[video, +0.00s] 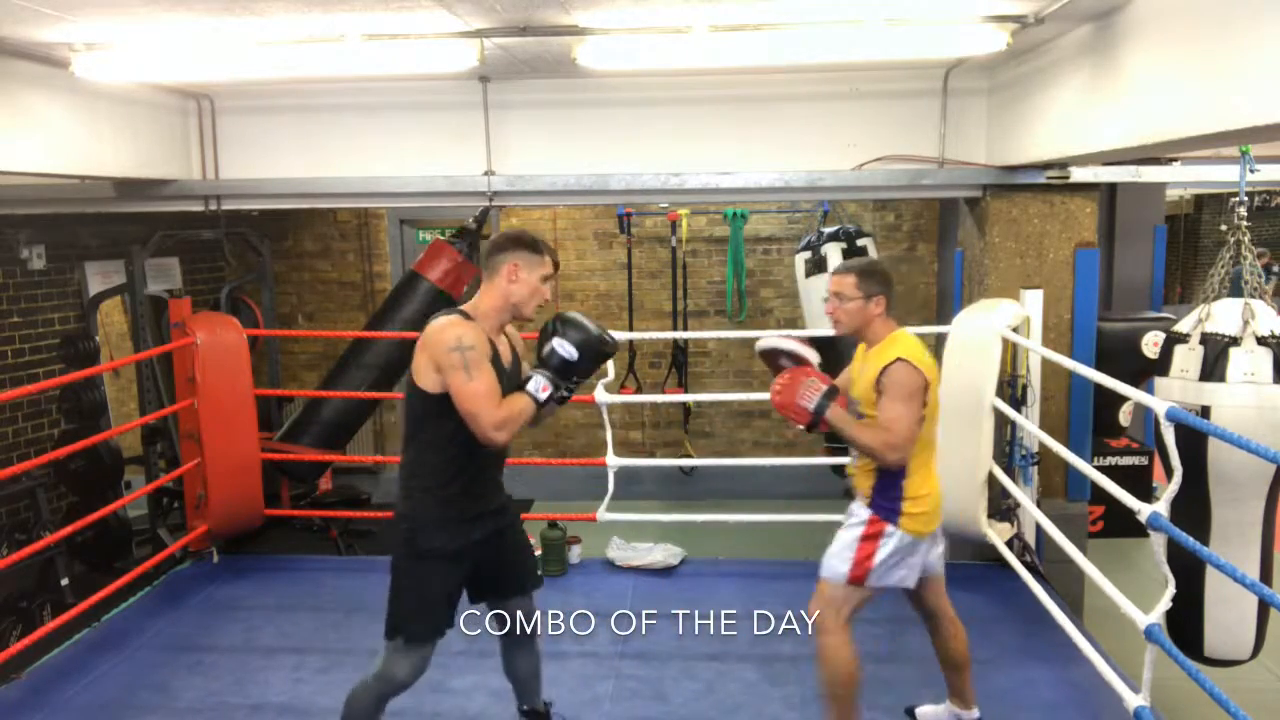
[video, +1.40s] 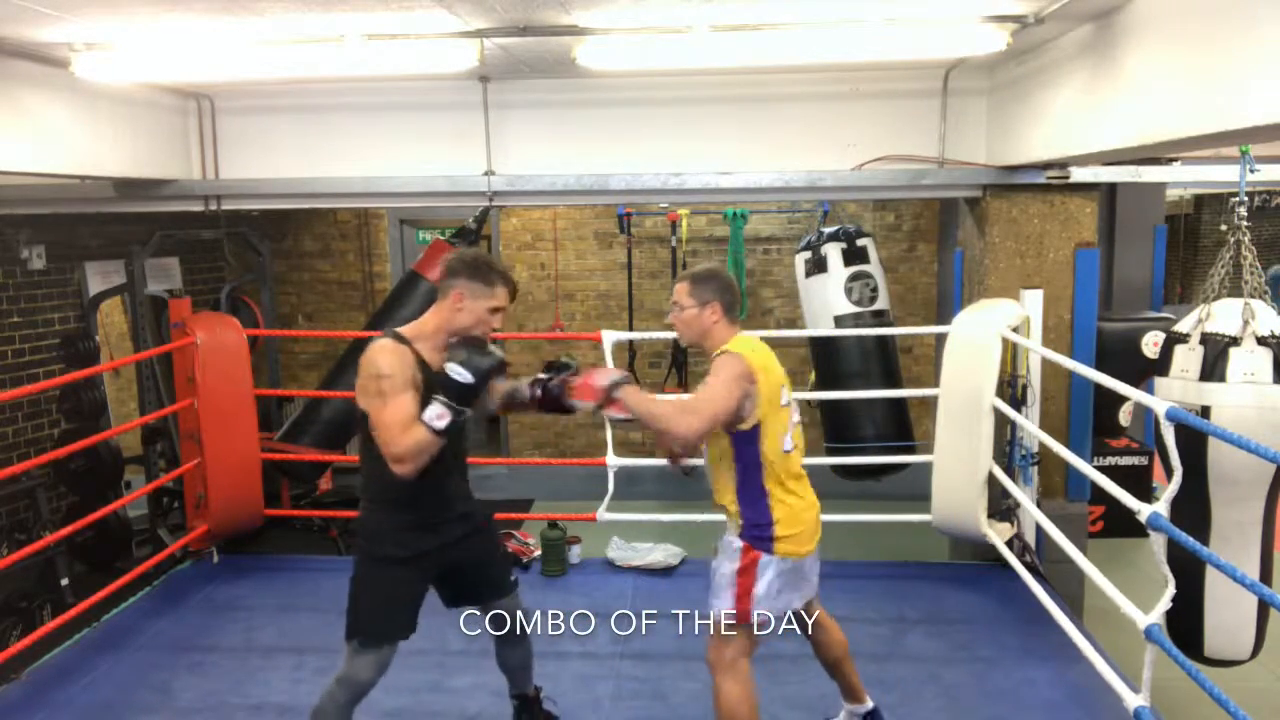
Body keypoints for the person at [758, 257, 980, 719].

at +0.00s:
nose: (830, 309)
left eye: (840, 300)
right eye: (830, 299)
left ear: (875, 305)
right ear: (871, 306)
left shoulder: (902, 363)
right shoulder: (871, 352)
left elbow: (892, 448)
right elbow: (842, 401)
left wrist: (825, 408)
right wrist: (809, 390)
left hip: (888, 514)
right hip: (913, 510)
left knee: (828, 615)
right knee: (936, 609)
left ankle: (843, 714)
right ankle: (964, 707)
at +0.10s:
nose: (809, 312)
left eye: (820, 304)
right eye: (810, 302)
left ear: (854, 311)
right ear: (854, 312)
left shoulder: (874, 366)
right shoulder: (872, 354)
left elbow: (863, 450)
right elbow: (856, 427)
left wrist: (807, 402)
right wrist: (808, 406)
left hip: (863, 523)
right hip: (897, 515)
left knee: (816, 638)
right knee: (926, 613)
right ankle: (962, 707)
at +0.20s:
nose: (780, 311)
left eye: (790, 302)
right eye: (781, 300)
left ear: (825, 310)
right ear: (827, 312)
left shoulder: (829, 365)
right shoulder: (862, 352)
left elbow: (807, 432)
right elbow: (832, 422)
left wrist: (755, 391)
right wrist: (782, 387)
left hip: (834, 526)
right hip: (874, 515)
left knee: (789, 643)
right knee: (904, 610)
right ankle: (954, 702)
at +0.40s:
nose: (741, 298)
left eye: (752, 290)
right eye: (744, 288)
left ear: (787, 299)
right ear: (791, 301)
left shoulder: (787, 350)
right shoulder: (818, 343)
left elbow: (739, 397)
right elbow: (737, 368)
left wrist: (655, 374)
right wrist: (702, 337)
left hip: (800, 517)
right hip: (840, 505)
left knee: (771, 642)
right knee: (857, 610)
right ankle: (906, 708)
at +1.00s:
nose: (705, 306)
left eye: (714, 296)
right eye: (705, 296)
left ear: (749, 303)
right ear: (748, 305)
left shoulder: (765, 358)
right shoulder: (767, 347)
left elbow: (726, 429)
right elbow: (711, 405)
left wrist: (652, 402)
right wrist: (688, 350)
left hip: (775, 519)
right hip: (801, 510)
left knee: (751, 652)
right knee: (815, 610)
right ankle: (863, 708)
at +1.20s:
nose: (695, 306)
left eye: (705, 297)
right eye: (696, 296)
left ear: (740, 303)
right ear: (744, 304)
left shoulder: (749, 359)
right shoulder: (783, 347)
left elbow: (704, 421)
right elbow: (743, 415)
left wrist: (625, 390)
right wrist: (676, 421)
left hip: (757, 525)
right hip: (798, 512)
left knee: (735, 652)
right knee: (811, 612)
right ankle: (854, 712)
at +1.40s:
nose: (671, 318)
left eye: (679, 308)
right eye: (672, 308)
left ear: (712, 312)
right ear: (716, 313)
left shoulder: (734, 362)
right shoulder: (756, 350)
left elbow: (685, 427)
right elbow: (748, 422)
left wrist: (621, 389)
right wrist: (692, 442)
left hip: (759, 537)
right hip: (797, 523)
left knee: (727, 657)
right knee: (807, 611)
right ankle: (860, 706)